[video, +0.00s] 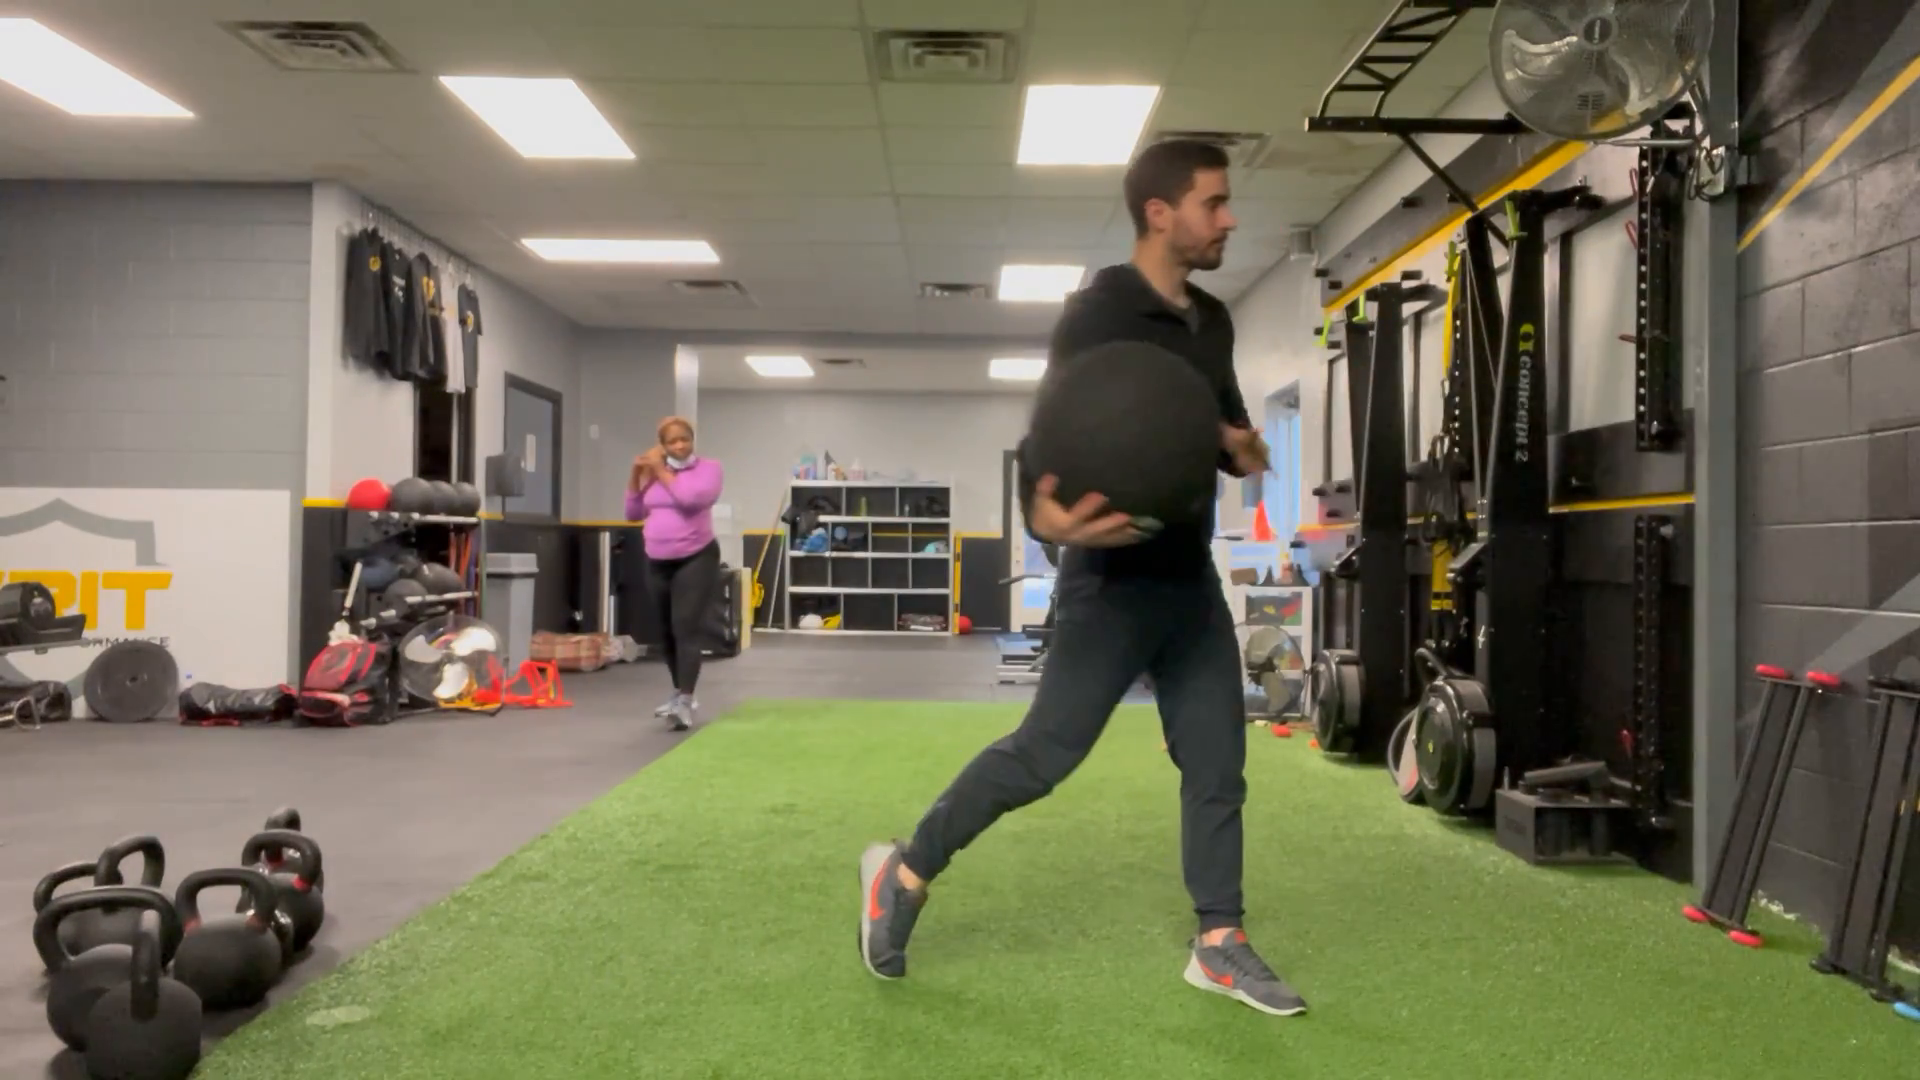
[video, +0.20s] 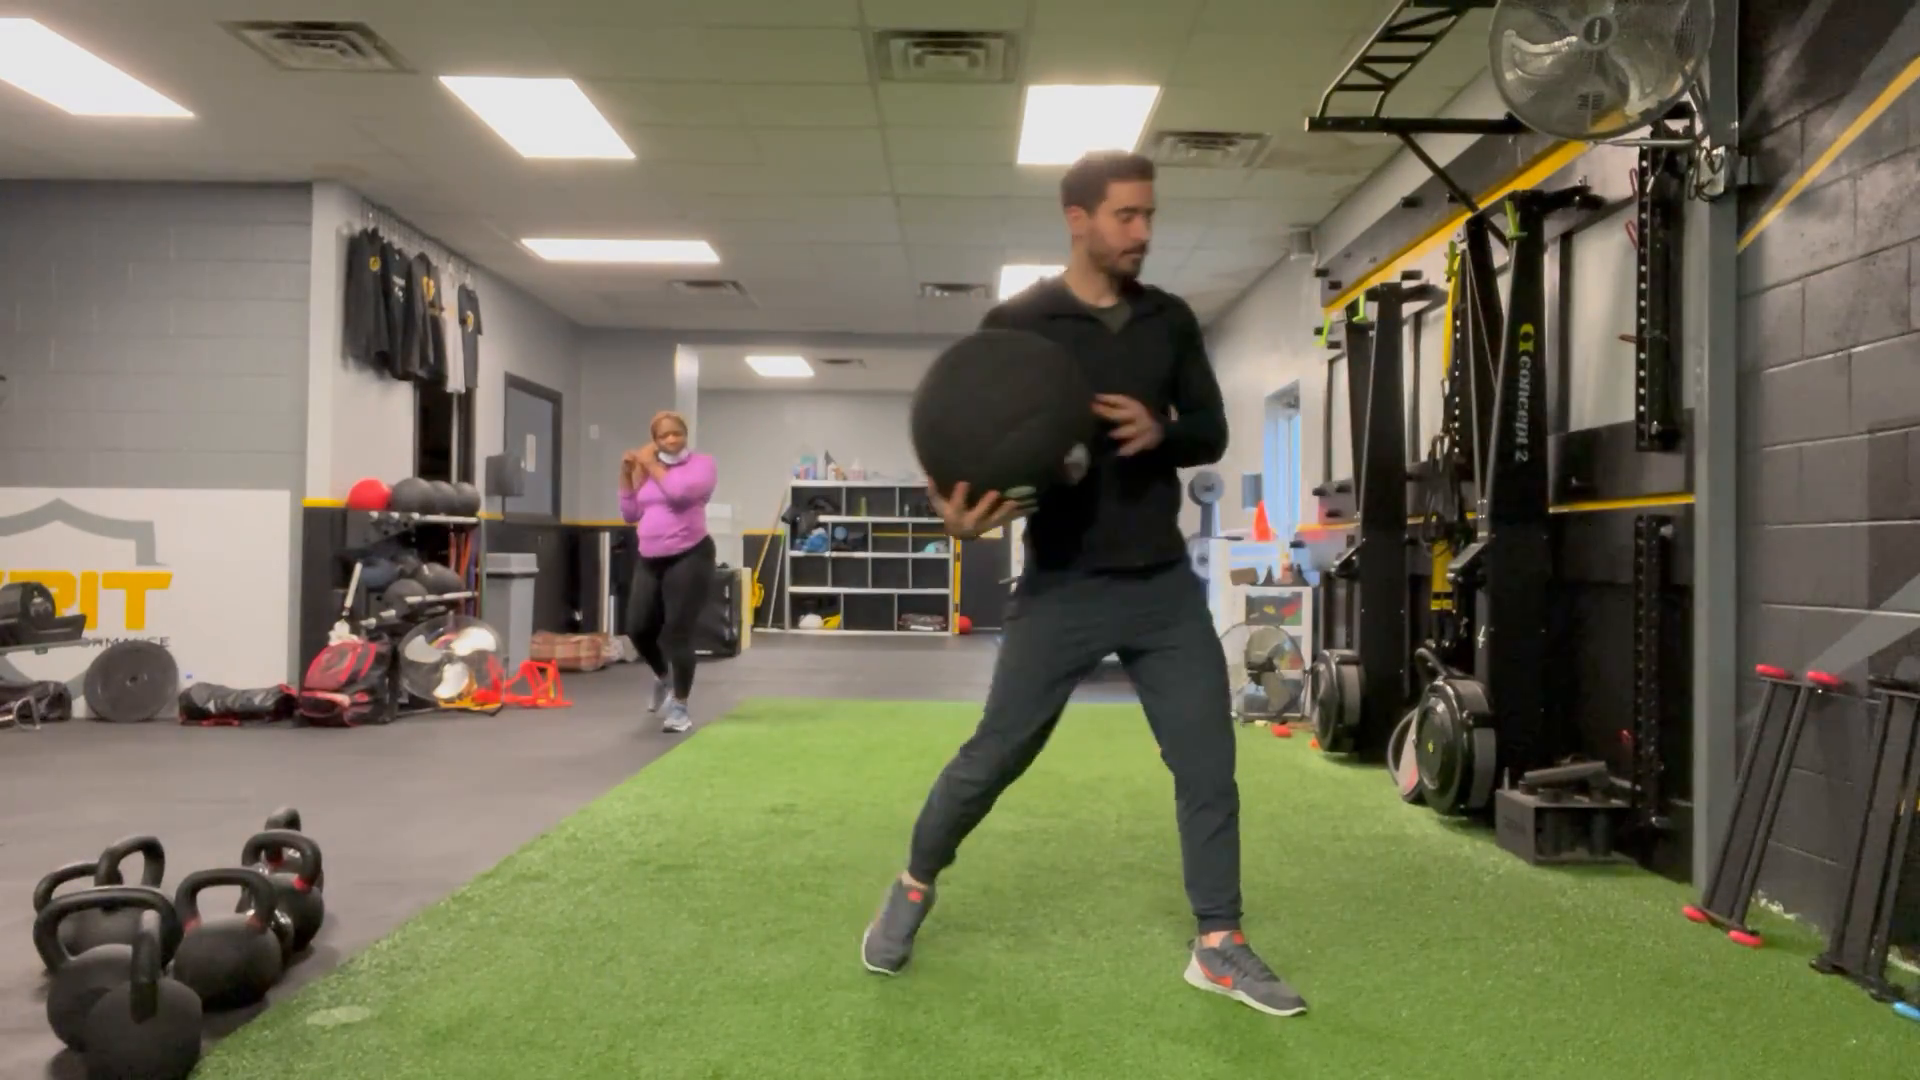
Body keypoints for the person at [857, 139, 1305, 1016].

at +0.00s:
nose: (1229, 220)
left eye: (1228, 204)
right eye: (1214, 204)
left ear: (1191, 216)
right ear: (1158, 213)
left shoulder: (1210, 319)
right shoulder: (1105, 302)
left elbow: (1231, 426)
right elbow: (1051, 434)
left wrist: (1243, 449)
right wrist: (1047, 522)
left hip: (1188, 581)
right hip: (1109, 581)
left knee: (1215, 766)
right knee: (1043, 754)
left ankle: (1219, 939)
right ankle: (905, 869)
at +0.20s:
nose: (1142, 231)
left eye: (1149, 216)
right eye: (1127, 215)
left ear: (1152, 222)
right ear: (1077, 219)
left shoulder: (1170, 321)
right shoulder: (1019, 325)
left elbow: (1211, 434)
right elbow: (972, 440)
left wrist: (1163, 432)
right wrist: (960, 519)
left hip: (1163, 585)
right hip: (1061, 590)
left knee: (1209, 764)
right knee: (996, 755)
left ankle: (1219, 941)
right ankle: (914, 884)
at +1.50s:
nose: (714, 245)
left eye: (731, 227)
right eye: (702, 226)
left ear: (776, 206)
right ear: (692, 209)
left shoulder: (833, 294)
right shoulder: (690, 291)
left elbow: (899, 415)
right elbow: (655, 414)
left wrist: (794, 433)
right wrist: (576, 444)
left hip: (775, 567)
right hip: (681, 555)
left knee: (745, 757)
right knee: (626, 737)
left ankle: (754, 952)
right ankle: (669, 884)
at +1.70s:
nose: (664, 250)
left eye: (682, 233)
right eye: (652, 230)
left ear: (727, 211)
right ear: (641, 211)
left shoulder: (781, 298)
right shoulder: (629, 289)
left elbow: (859, 417)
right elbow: (595, 418)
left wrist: (763, 437)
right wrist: (539, 449)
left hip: (719, 578)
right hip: (615, 561)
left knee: (716, 760)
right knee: (540, 734)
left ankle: (751, 950)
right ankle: (461, 897)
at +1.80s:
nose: (631, 256)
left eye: (650, 240)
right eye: (618, 236)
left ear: (692, 218)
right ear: (606, 216)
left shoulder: (747, 305)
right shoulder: (587, 294)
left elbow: (824, 421)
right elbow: (558, 432)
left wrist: (738, 444)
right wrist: (502, 458)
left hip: (685, 585)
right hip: (575, 568)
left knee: (701, 765)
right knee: (494, 740)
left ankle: (749, 951)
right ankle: (410, 903)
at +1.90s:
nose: (592, 267)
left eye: (612, 250)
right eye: (578, 246)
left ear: (649, 229)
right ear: (564, 222)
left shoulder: (704, 312)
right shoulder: (534, 302)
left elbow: (777, 432)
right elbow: (498, 433)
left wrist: (696, 448)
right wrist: (436, 467)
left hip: (647, 590)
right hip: (532, 579)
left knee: (682, 769)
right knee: (456, 760)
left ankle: (747, 949)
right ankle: (395, 920)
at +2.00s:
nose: (548, 271)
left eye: (567, 256)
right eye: (536, 251)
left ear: (603, 238)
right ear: (519, 229)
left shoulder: (655, 319)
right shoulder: (478, 308)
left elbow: (717, 441)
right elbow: (436, 429)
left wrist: (648, 454)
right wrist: (379, 482)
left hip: (604, 596)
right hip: (486, 589)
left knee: (655, 769)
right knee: (427, 773)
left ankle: (738, 948)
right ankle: (393, 933)